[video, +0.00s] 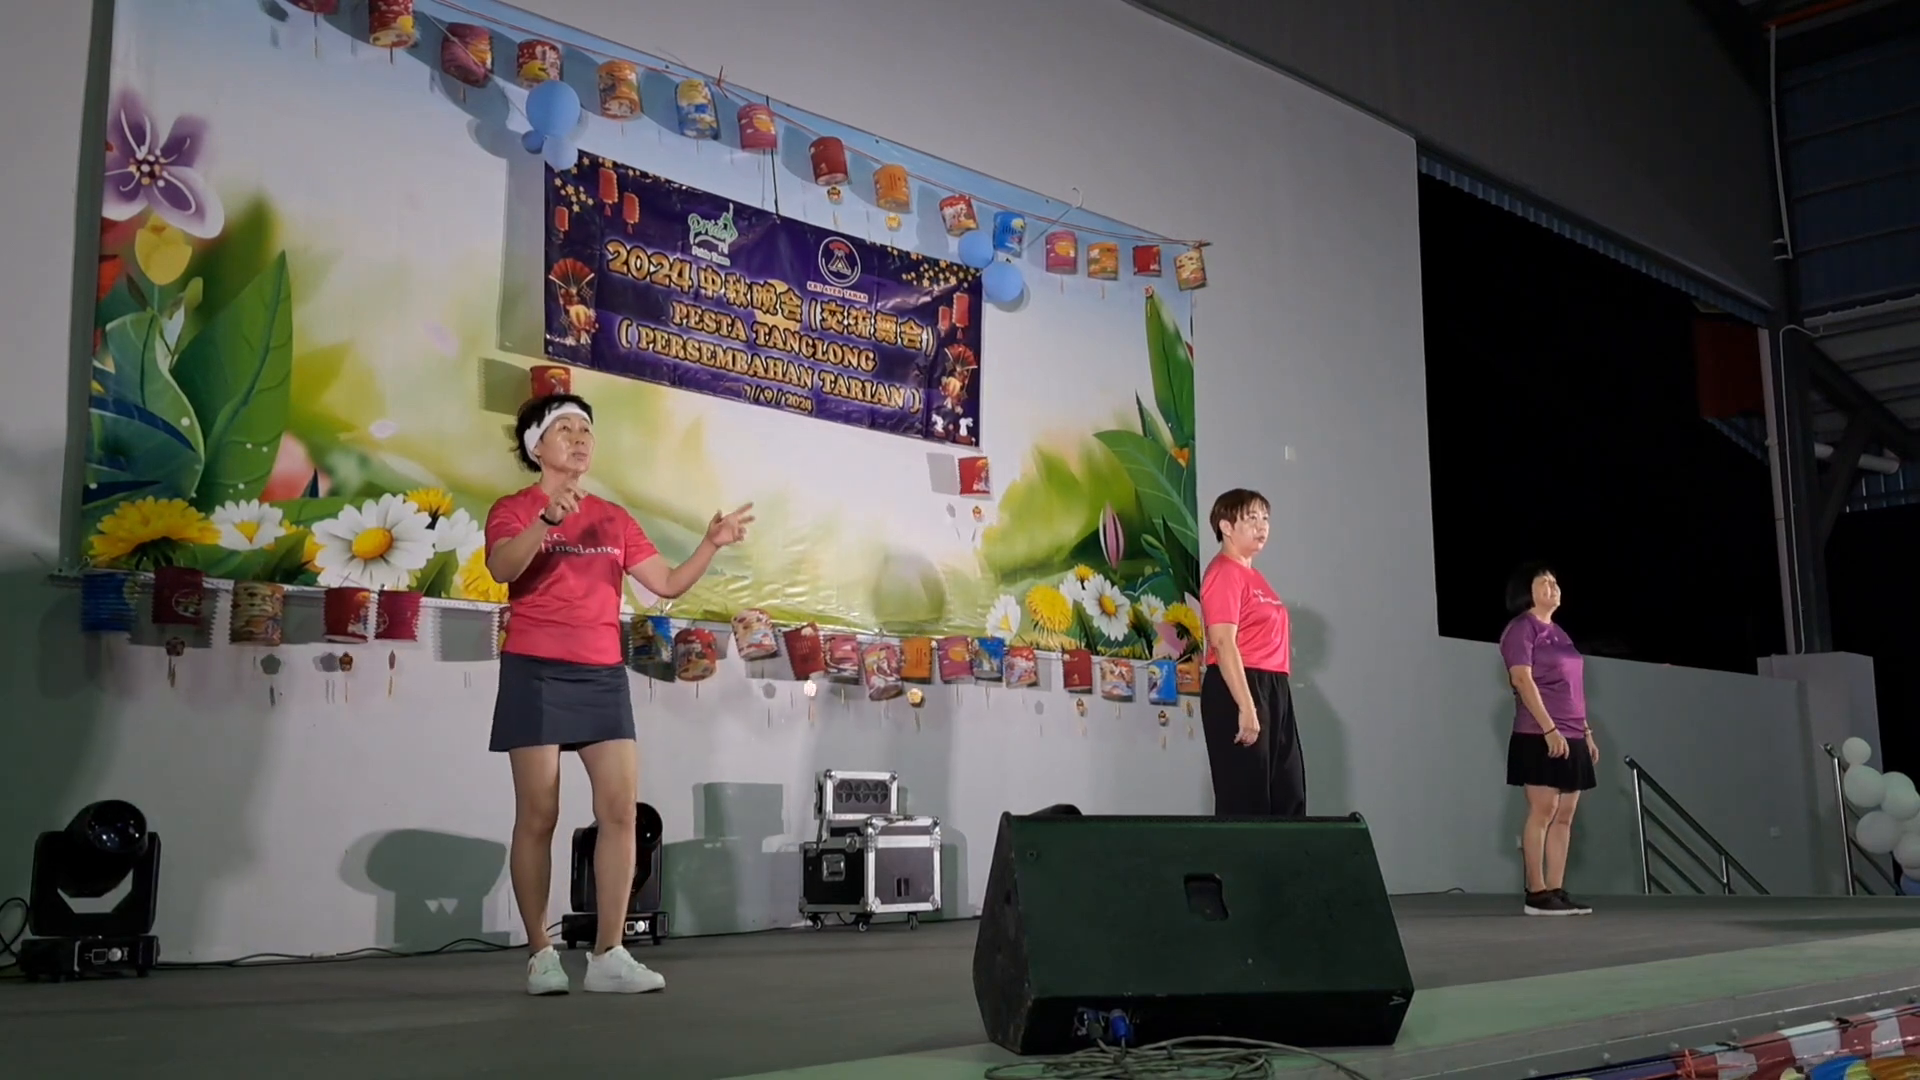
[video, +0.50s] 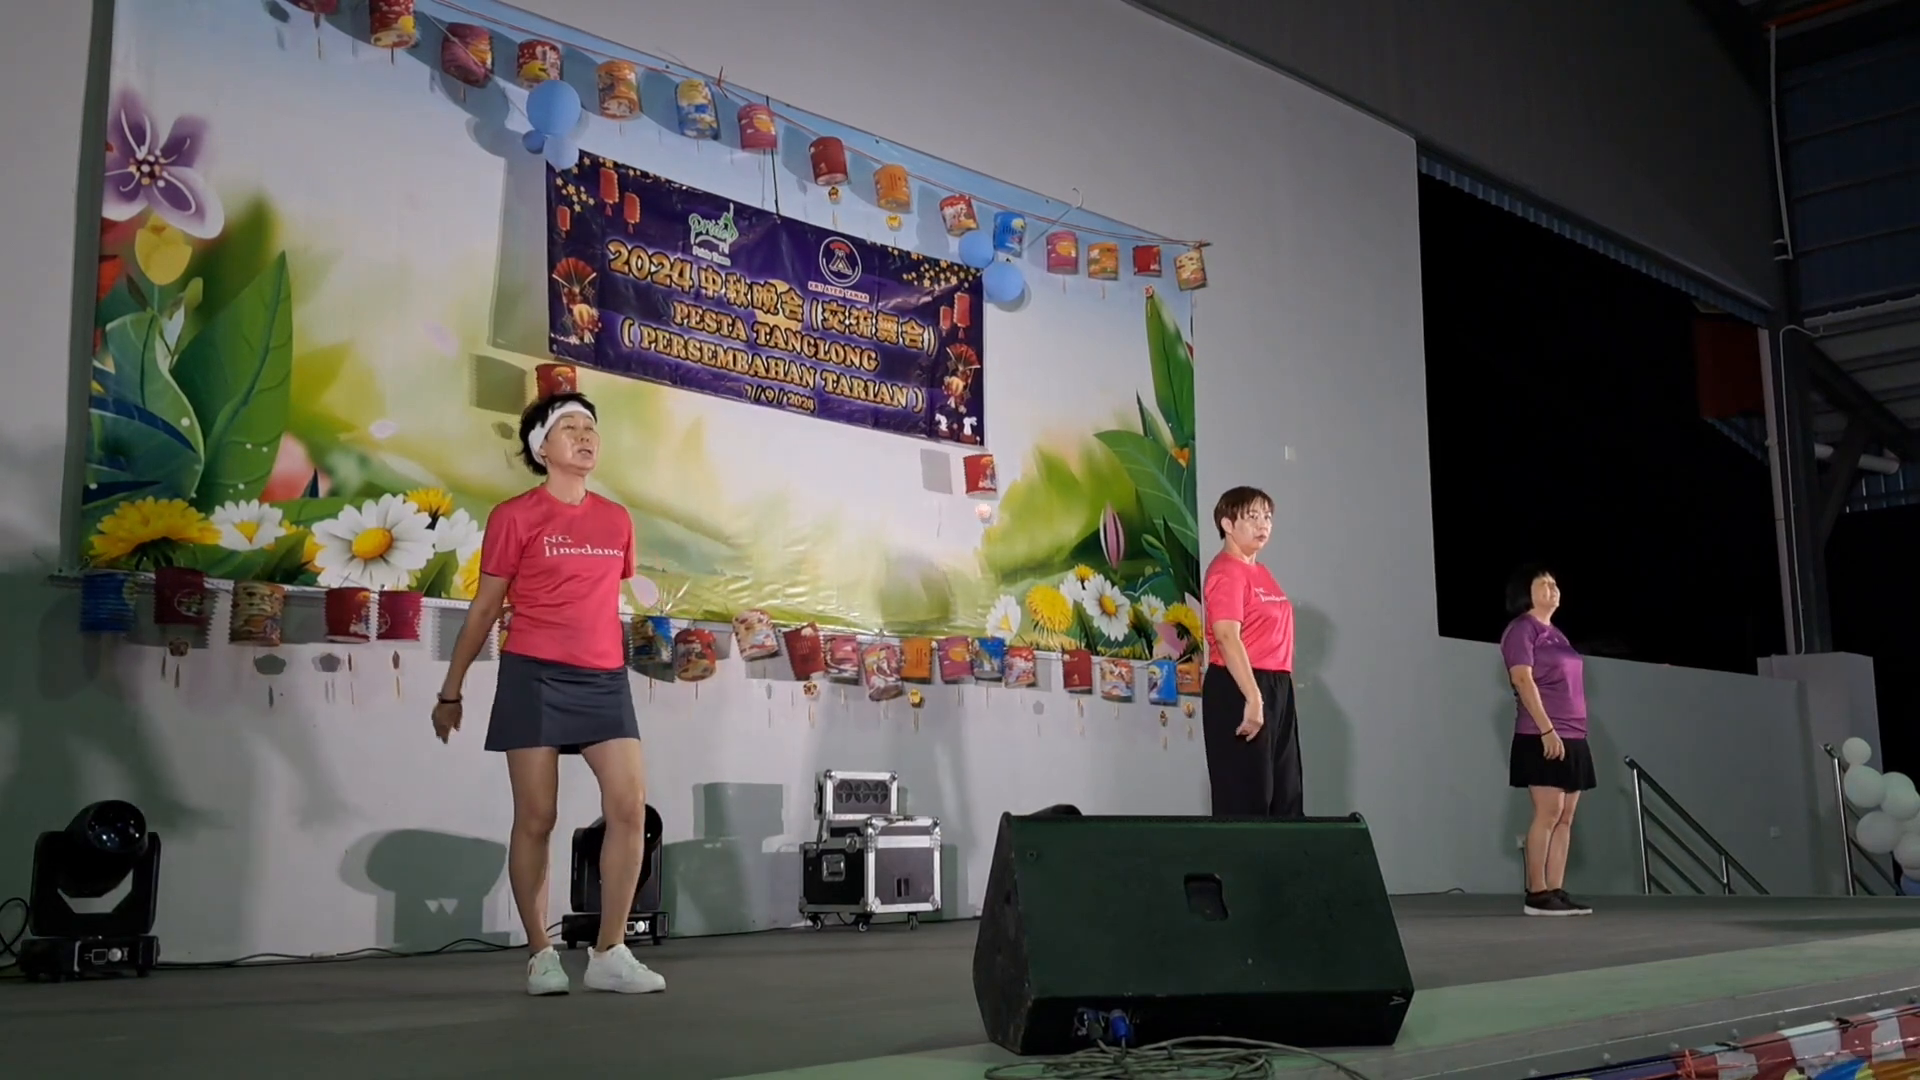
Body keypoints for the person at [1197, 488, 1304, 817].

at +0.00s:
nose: (1262, 528)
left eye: (1265, 520)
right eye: (1252, 520)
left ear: (1270, 525)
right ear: (1226, 527)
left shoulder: (1250, 573)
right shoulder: (1224, 572)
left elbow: (1255, 641)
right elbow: (1223, 642)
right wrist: (1245, 706)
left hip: (1273, 688)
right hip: (1240, 687)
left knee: (1288, 795)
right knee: (1246, 798)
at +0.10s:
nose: (1262, 527)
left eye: (1265, 519)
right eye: (1252, 519)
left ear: (1269, 525)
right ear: (1226, 526)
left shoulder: (1248, 571)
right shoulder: (1226, 571)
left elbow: (1253, 640)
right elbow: (1225, 641)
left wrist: (1275, 699)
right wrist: (1247, 705)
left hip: (1271, 690)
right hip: (1239, 689)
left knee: (1290, 795)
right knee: (1244, 799)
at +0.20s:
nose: (1262, 527)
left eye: (1265, 519)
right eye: (1252, 519)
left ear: (1270, 524)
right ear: (1226, 526)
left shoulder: (1246, 570)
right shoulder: (1228, 571)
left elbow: (1251, 640)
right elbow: (1228, 641)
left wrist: (1274, 699)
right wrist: (1250, 704)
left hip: (1270, 690)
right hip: (1240, 688)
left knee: (1292, 794)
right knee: (1242, 799)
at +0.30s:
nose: (1262, 526)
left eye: (1265, 518)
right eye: (1252, 518)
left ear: (1270, 523)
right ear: (1226, 525)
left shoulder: (1246, 569)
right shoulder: (1229, 570)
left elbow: (1249, 638)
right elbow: (1230, 639)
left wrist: (1274, 698)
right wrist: (1253, 703)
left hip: (1270, 688)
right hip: (1241, 687)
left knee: (1290, 794)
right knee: (1244, 798)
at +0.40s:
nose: (1262, 526)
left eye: (1266, 518)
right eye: (1252, 518)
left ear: (1271, 523)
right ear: (1227, 525)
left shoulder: (1248, 569)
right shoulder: (1229, 571)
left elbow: (1250, 636)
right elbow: (1230, 637)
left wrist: (1274, 696)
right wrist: (1255, 700)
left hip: (1272, 687)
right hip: (1242, 688)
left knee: (1286, 795)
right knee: (1244, 798)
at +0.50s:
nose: (1263, 526)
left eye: (1267, 518)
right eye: (1253, 517)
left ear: (1272, 523)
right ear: (1228, 524)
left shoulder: (1258, 570)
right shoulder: (1227, 570)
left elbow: (1263, 634)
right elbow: (1226, 635)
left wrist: (1280, 689)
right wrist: (1252, 695)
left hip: (1276, 689)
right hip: (1240, 688)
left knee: (1285, 796)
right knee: (1246, 798)